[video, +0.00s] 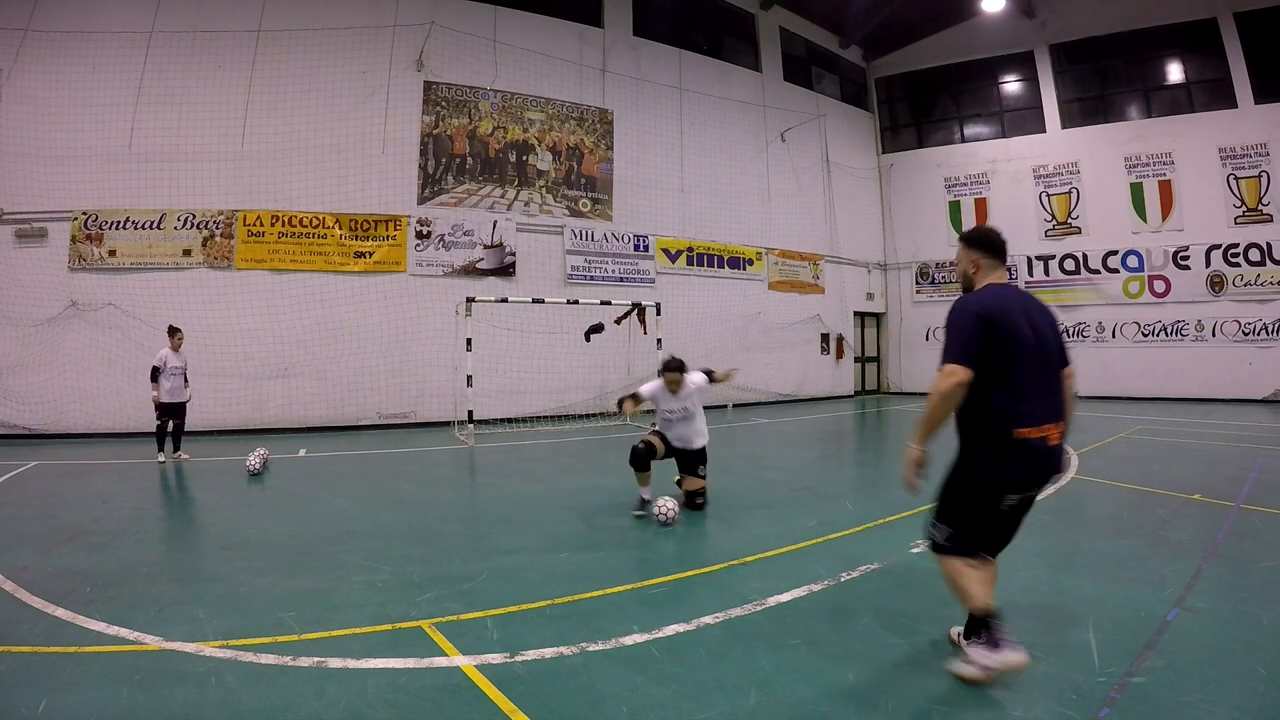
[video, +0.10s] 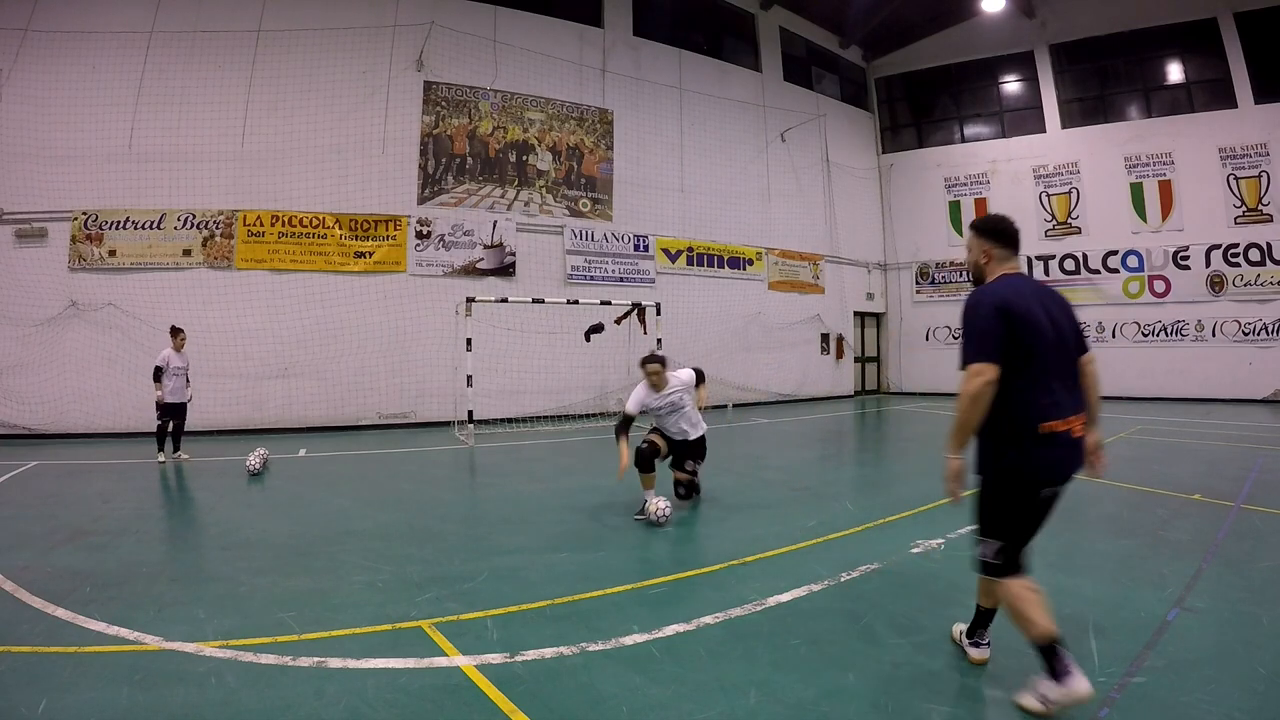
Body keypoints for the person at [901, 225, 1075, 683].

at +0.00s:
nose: (957, 268)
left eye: (959, 261)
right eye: (958, 260)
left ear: (972, 261)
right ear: (1003, 261)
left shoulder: (970, 309)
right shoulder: (1036, 307)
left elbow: (954, 380)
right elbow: (1065, 380)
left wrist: (919, 441)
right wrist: (1056, 437)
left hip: (993, 452)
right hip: (1041, 451)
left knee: (947, 542)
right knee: (983, 544)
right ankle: (976, 631)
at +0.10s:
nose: (966, 258)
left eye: (969, 250)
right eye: (967, 250)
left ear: (985, 252)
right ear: (1012, 253)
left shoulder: (985, 302)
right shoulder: (1051, 297)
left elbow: (981, 378)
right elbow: (1085, 365)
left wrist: (955, 450)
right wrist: (1092, 429)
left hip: (1015, 450)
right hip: (1065, 446)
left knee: (1000, 560)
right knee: (1001, 545)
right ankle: (977, 637)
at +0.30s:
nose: (994, 247)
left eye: (999, 238)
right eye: (997, 237)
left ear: (1019, 241)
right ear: (1040, 242)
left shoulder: (1033, 294)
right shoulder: (1078, 286)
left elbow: (1044, 383)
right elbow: (1116, 362)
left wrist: (1019, 466)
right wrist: (1130, 435)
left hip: (1072, 458)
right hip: (1104, 451)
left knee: (1068, 584)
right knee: (1034, 546)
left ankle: (1088, 704)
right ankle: (993, 638)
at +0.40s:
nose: (1012, 235)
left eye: (1017, 226)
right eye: (1013, 226)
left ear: (1040, 228)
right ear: (1053, 229)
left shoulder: (1062, 283)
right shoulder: (1077, 276)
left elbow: (1074, 373)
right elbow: (1090, 372)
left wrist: (1055, 464)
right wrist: (1071, 457)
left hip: (1102, 453)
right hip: (1104, 447)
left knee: (1082, 578)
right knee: (1052, 545)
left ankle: (1088, 704)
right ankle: (1030, 648)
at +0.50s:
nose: (1029, 227)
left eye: (1035, 217)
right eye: (1030, 217)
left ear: (1060, 218)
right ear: (1070, 219)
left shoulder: (1084, 271)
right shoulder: (1084, 267)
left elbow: (1104, 364)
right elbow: (1103, 364)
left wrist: (1090, 459)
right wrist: (1085, 454)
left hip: (1118, 455)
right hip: (1109, 450)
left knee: (1098, 579)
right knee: (1072, 550)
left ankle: (1091, 704)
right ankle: (1085, 658)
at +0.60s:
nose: (1042, 220)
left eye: (1049, 209)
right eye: (1044, 210)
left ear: (1080, 212)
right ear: (1086, 214)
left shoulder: (1100, 268)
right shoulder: (1110, 262)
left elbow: (1129, 358)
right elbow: (1123, 362)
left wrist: (1119, 458)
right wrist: (1100, 452)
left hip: (1122, 457)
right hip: (1126, 451)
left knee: (1105, 578)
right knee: (1110, 556)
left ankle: (1090, 704)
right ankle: (1147, 659)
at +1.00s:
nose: (1114, 221)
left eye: (1123, 211)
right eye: (1115, 211)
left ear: (1157, 216)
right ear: (1158, 219)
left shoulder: (1170, 279)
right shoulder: (1181, 274)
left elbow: (1190, 375)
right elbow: (1192, 378)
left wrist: (1149, 469)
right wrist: (1152, 462)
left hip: (1168, 473)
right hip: (1197, 467)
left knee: (1128, 595)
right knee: (1194, 576)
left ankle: (1089, 706)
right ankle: (1219, 686)